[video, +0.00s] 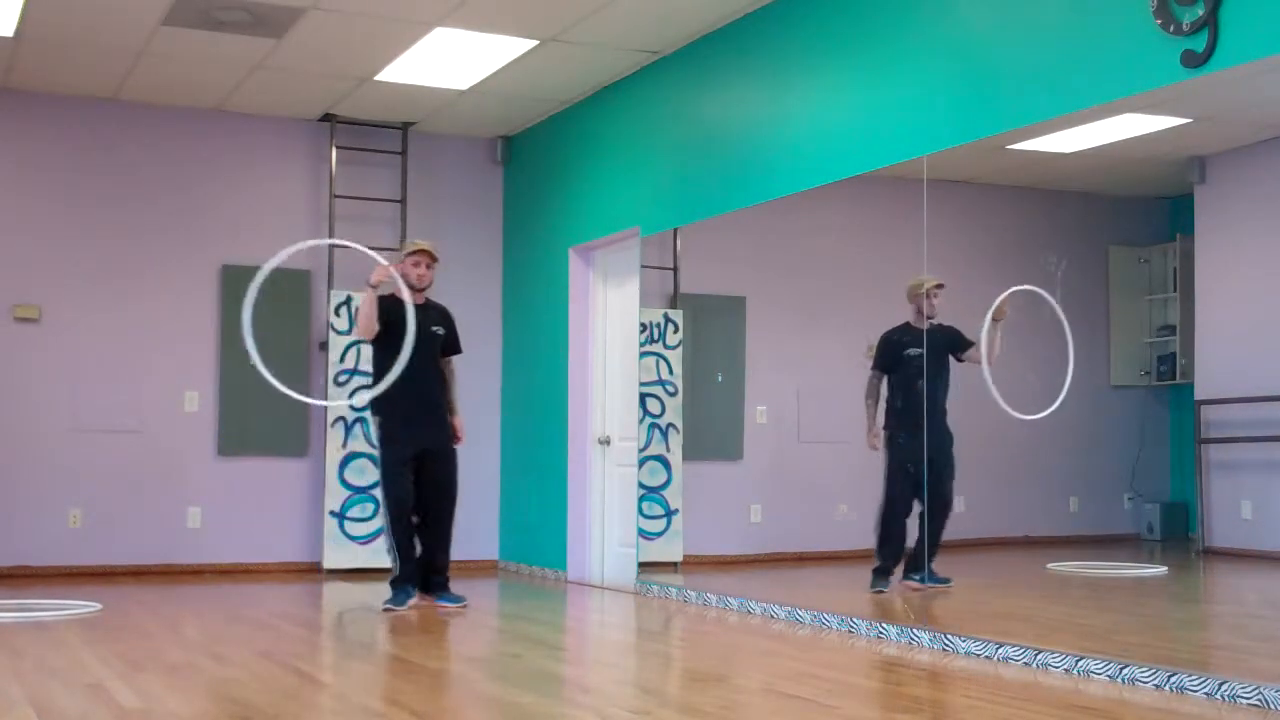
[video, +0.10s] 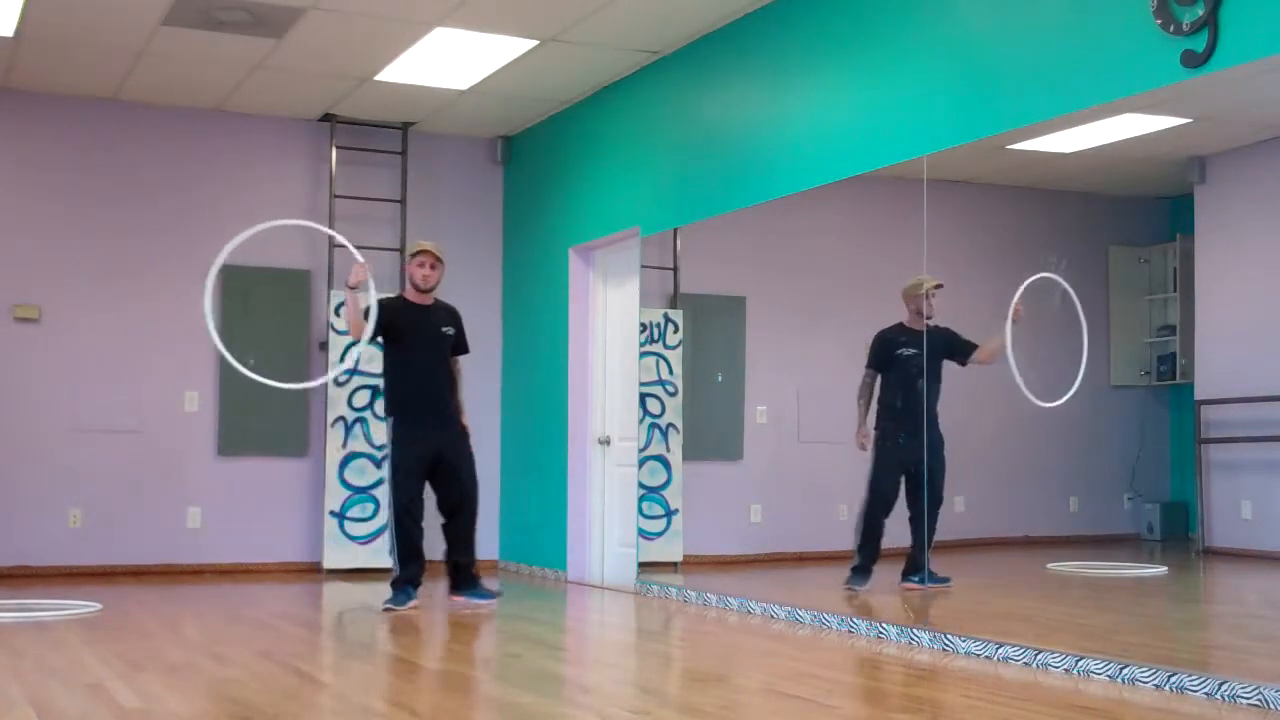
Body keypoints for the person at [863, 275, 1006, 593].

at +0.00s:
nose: (934, 301)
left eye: (936, 296)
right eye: (928, 296)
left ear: (939, 300)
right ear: (913, 300)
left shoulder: (946, 335)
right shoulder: (893, 339)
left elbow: (985, 357)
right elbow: (875, 382)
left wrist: (995, 323)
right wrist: (872, 425)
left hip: (937, 432)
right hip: (902, 433)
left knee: (940, 502)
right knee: (897, 503)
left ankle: (919, 568)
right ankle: (884, 571)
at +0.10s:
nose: (932, 301)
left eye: (934, 296)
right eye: (926, 296)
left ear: (934, 301)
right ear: (910, 301)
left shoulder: (941, 338)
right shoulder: (886, 338)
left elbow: (984, 355)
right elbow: (868, 381)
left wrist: (1010, 326)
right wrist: (862, 424)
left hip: (927, 434)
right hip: (891, 434)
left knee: (927, 504)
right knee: (878, 504)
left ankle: (917, 568)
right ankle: (862, 569)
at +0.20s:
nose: (925, 301)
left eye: (925, 296)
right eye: (919, 296)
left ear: (924, 300)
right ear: (901, 301)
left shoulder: (933, 337)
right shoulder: (878, 337)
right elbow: (858, 380)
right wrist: (852, 422)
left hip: (918, 434)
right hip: (882, 433)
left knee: (919, 503)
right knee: (863, 503)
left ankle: (915, 570)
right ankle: (846, 574)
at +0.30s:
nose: (918, 301)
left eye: (917, 296)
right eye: (911, 296)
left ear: (909, 300)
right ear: (893, 300)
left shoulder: (924, 335)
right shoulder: (868, 337)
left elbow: (977, 344)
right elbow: (848, 379)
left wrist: (1015, 324)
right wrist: (841, 420)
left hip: (914, 437)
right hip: (877, 438)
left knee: (916, 506)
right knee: (859, 506)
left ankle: (916, 570)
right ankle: (845, 574)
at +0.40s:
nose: (910, 302)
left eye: (909, 297)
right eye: (903, 299)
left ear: (906, 301)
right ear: (886, 304)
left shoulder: (921, 334)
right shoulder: (865, 340)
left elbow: (969, 353)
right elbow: (846, 379)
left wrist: (998, 326)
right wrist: (835, 417)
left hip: (914, 438)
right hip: (877, 438)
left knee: (916, 506)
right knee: (861, 507)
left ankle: (915, 570)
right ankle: (846, 575)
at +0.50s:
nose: (916, 302)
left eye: (916, 296)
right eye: (909, 297)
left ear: (911, 301)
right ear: (890, 301)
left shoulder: (922, 338)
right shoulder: (866, 338)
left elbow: (959, 369)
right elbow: (845, 378)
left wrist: (981, 342)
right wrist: (835, 416)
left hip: (913, 437)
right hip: (877, 437)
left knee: (917, 506)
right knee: (865, 508)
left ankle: (915, 570)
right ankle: (847, 575)